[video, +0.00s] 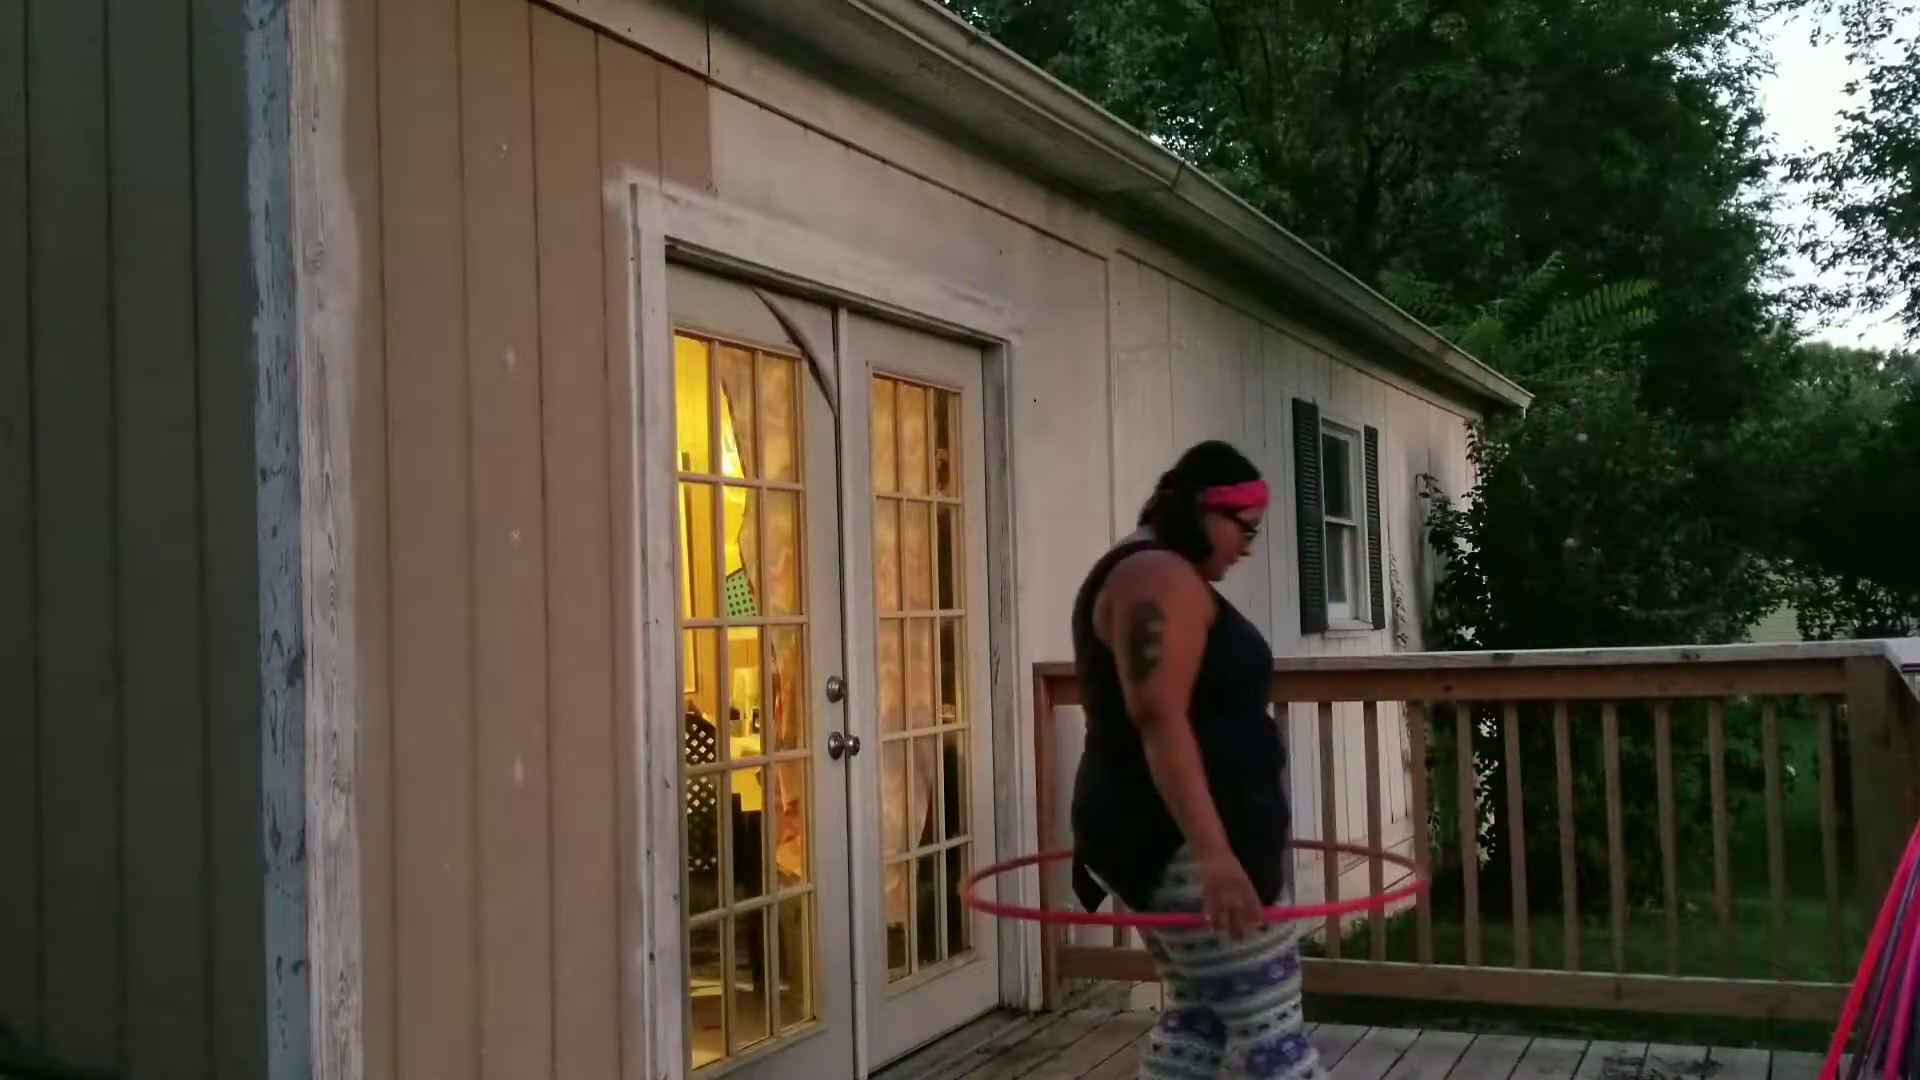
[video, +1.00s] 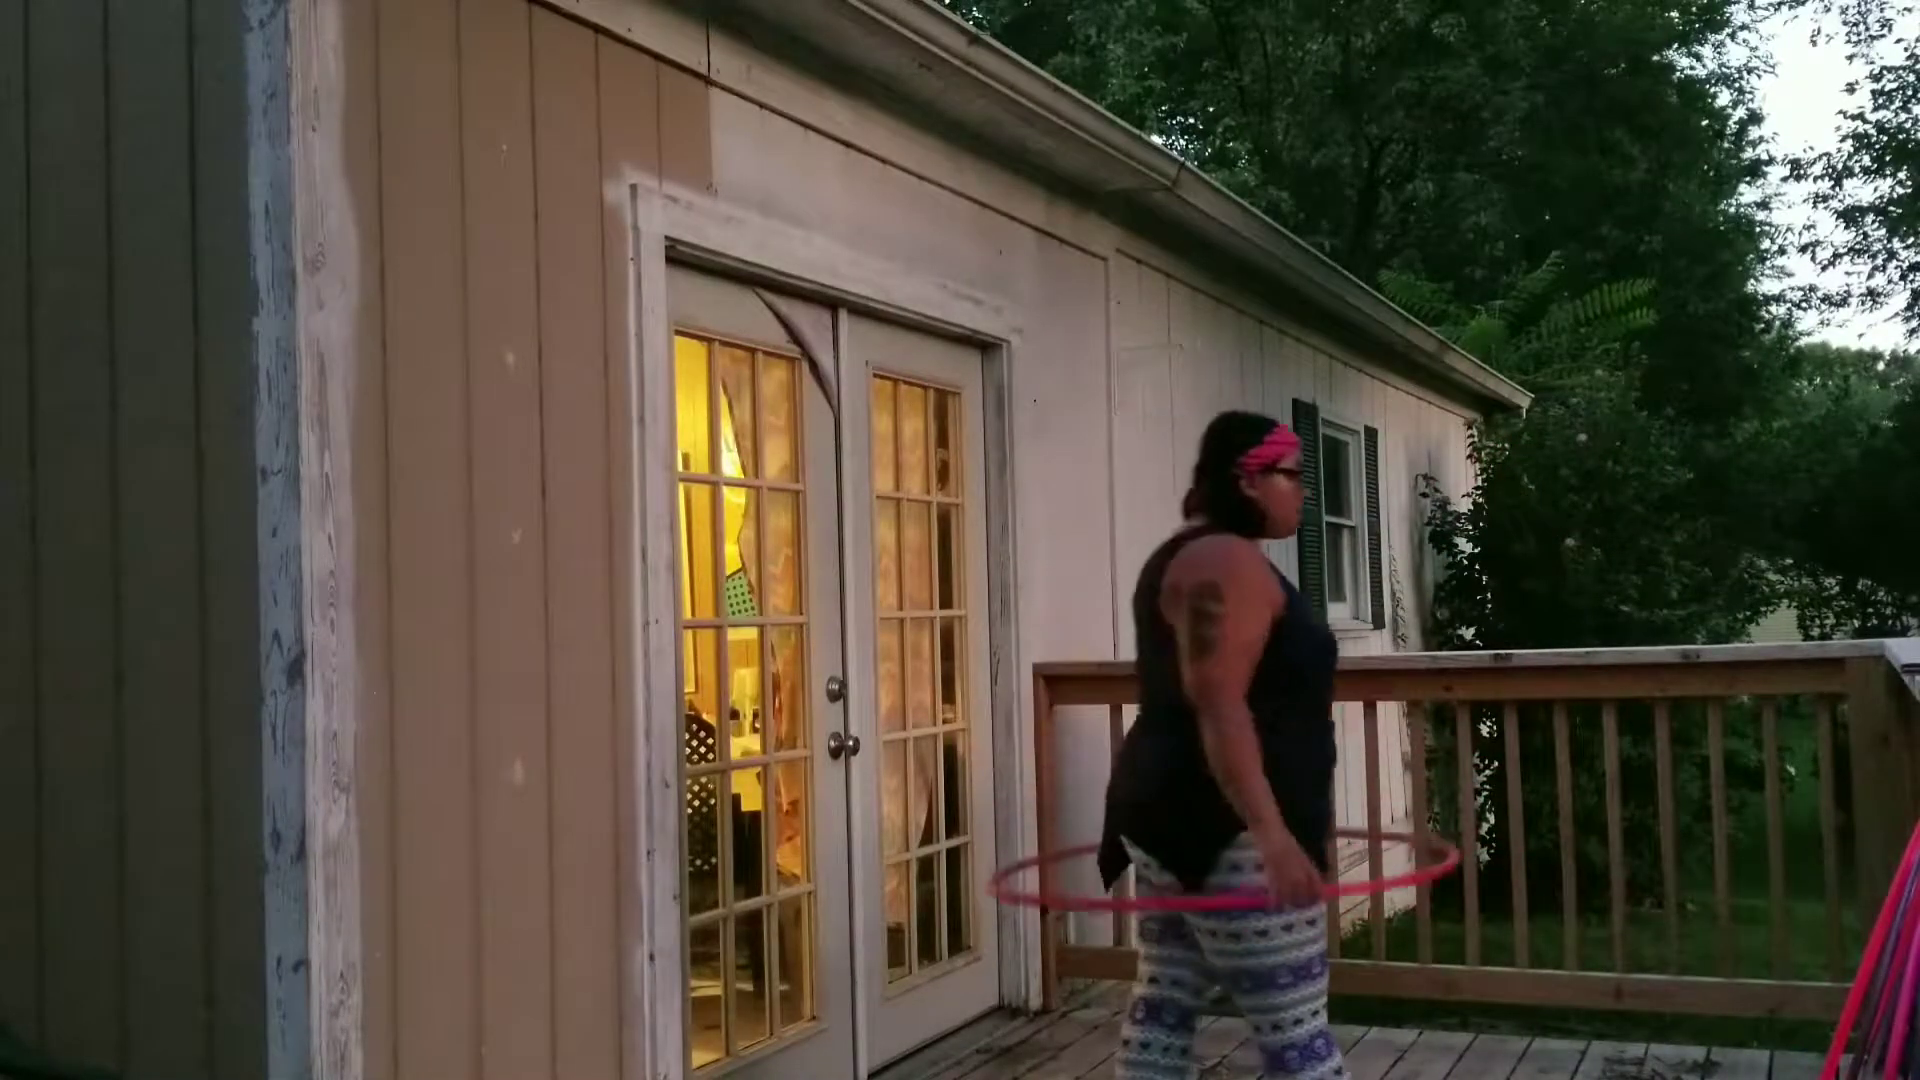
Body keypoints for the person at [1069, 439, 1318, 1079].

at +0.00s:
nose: (1248, 543)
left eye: (1253, 530)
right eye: (1241, 524)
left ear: (1189, 511)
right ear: (1198, 509)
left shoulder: (1146, 573)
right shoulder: (1158, 577)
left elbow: (1153, 726)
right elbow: (1158, 720)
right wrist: (1214, 853)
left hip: (1160, 838)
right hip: (1188, 842)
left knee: (1198, 1019)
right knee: (1271, 1024)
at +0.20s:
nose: (1219, 530)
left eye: (1221, 515)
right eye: (1211, 512)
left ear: (1164, 504)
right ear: (1167, 501)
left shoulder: (1098, 566)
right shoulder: (1133, 562)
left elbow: (1067, 701)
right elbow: (1094, 683)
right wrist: (1201, 770)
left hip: (1144, 827)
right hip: (1174, 828)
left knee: (1190, 1014)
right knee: (1263, 1002)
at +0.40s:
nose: (1203, 501)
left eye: (1202, 487)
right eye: (1192, 486)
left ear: (1147, 490)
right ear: (1148, 488)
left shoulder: (1093, 555)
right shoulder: (1124, 547)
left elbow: (1051, 680)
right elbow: (1077, 664)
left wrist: (1159, 689)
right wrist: (1186, 672)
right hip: (1163, 811)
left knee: (1178, 1002)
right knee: (1260, 982)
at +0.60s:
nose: (1210, 481)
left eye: (1206, 468)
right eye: (1197, 470)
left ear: (1149, 484)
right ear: (1155, 482)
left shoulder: (1105, 549)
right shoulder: (1137, 541)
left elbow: (1055, 668)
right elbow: (1094, 650)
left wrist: (1159, 665)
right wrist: (1188, 643)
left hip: (1147, 811)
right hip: (1185, 811)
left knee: (1173, 998)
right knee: (1265, 990)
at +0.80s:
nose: (1252, 480)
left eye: (1249, 466)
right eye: (1238, 468)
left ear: (1188, 482)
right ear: (1197, 480)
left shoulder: (1134, 552)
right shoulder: (1175, 549)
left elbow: (1098, 668)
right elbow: (1132, 671)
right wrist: (1235, 744)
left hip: (1157, 824)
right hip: (1208, 826)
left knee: (1165, 1015)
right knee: (1282, 1022)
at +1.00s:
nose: (1303, 489)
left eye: (1300, 475)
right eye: (1292, 475)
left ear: (1242, 483)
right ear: (1251, 484)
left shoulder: (1175, 560)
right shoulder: (1231, 561)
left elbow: (1169, 709)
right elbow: (1218, 701)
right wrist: (1273, 832)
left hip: (1171, 827)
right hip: (1242, 835)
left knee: (1162, 1016)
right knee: (1296, 1033)